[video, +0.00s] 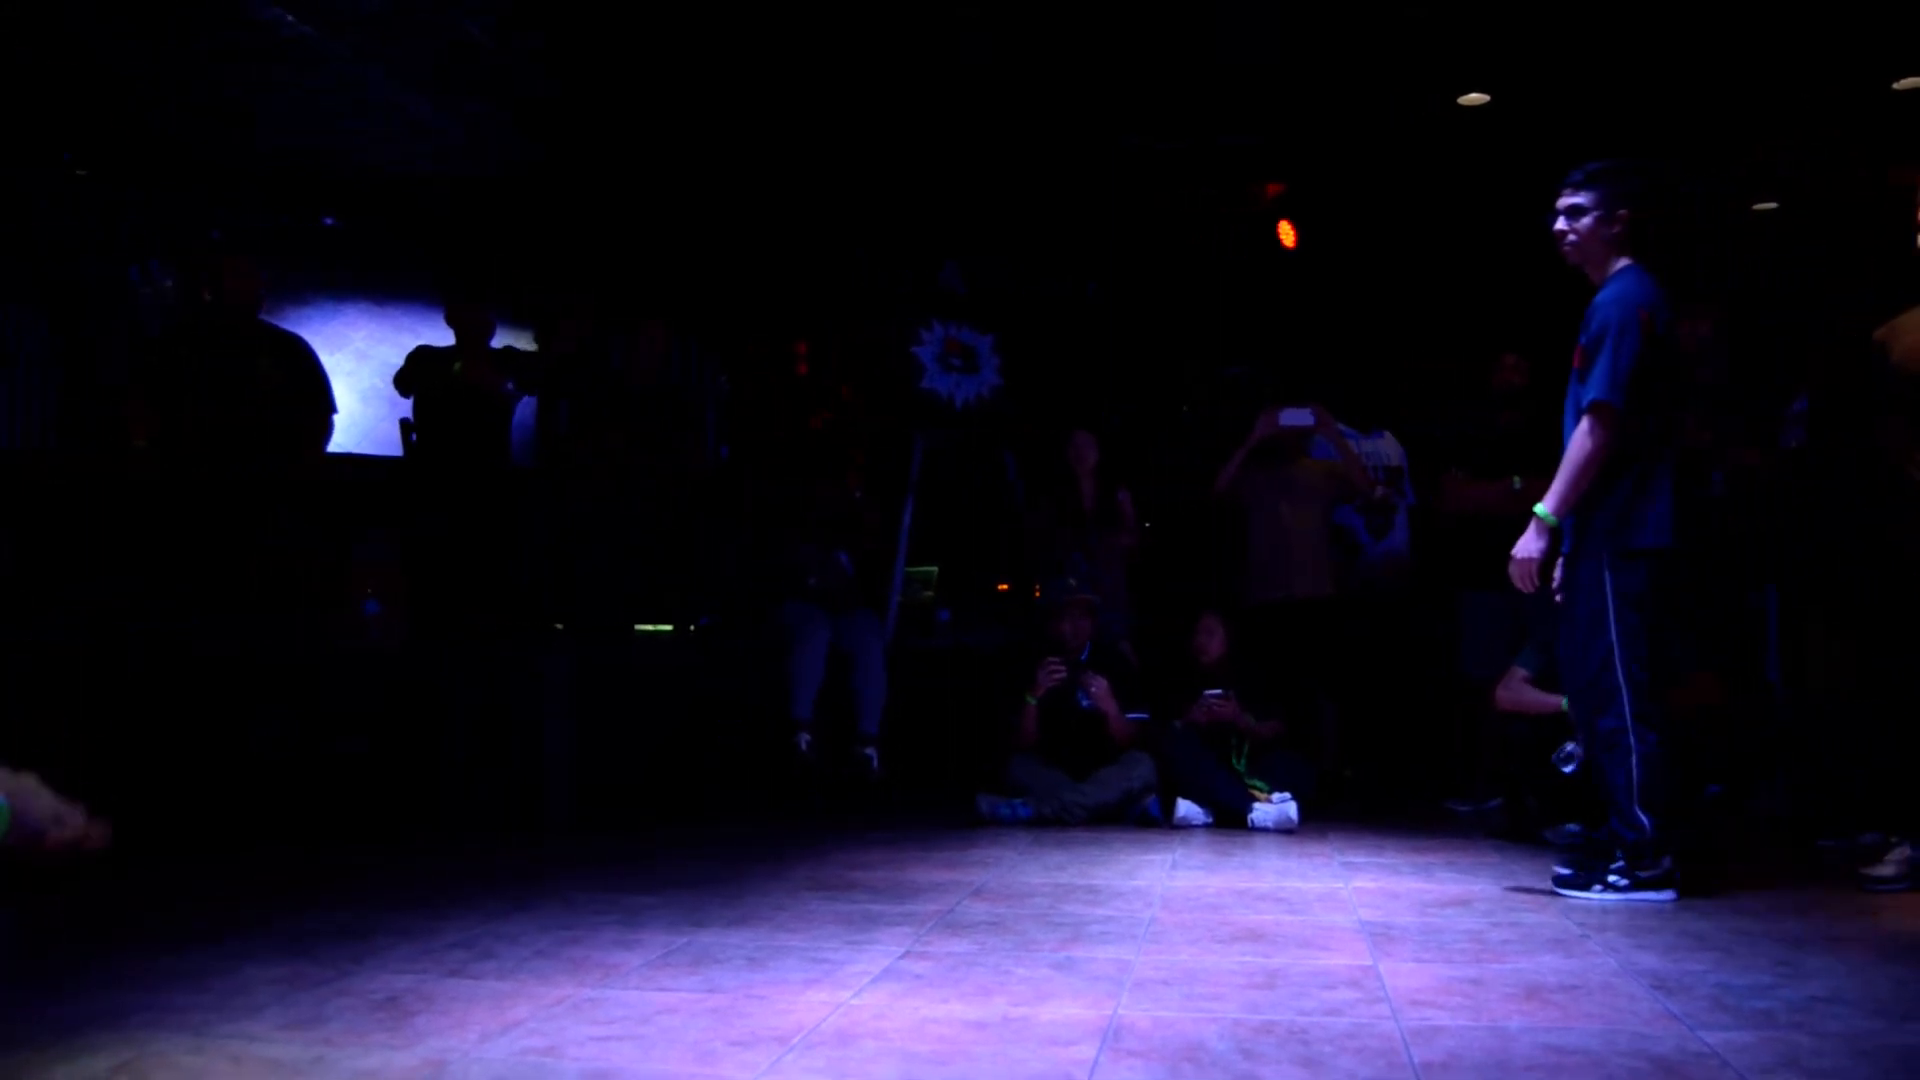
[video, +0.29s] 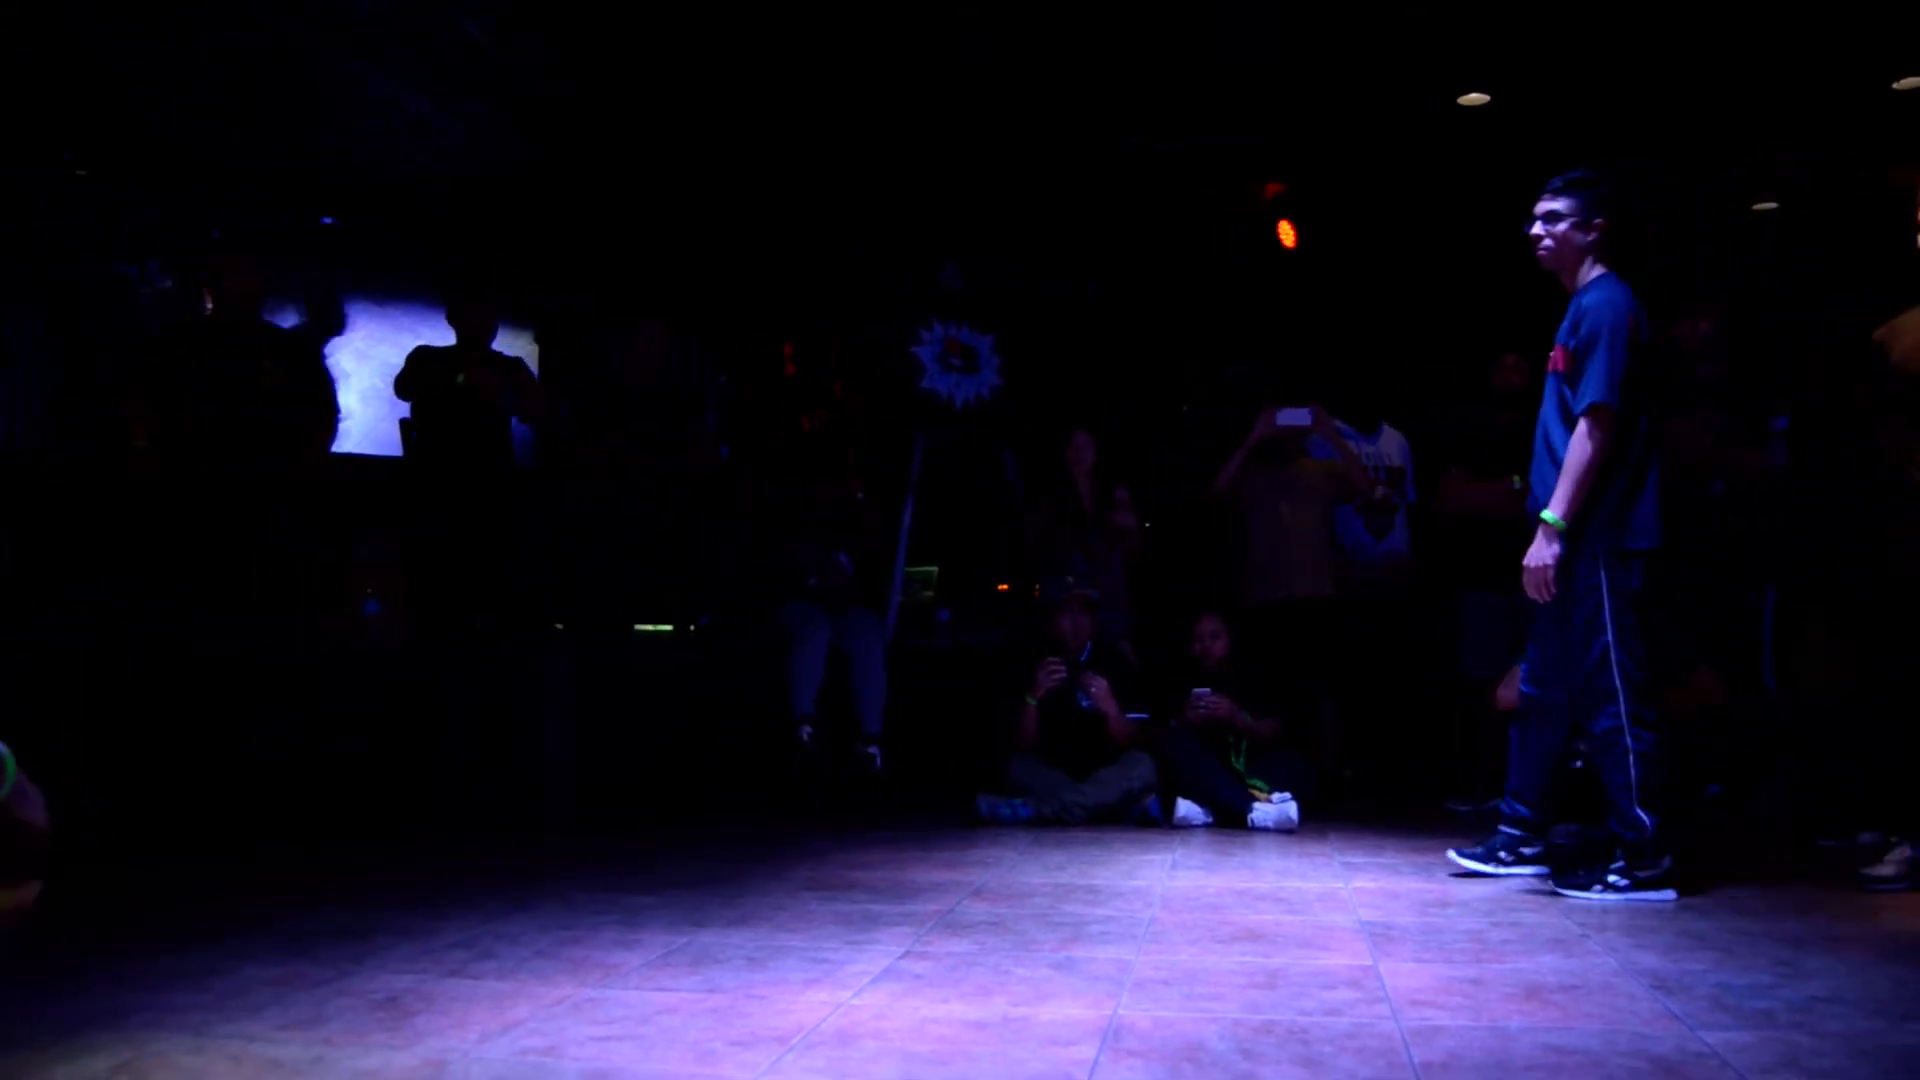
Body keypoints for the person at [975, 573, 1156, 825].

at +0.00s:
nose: (1073, 628)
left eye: (1080, 619)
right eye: (1065, 619)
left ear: (1092, 623)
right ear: (1052, 624)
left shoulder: (1110, 661)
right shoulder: (1039, 663)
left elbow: (1128, 738)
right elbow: (1024, 743)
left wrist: (1108, 705)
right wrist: (1035, 695)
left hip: (1102, 757)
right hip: (1052, 757)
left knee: (1141, 766)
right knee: (1018, 768)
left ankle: (1036, 809)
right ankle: (1121, 808)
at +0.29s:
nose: (1074, 626)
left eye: (1081, 616)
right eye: (1066, 616)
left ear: (1092, 621)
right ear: (1052, 622)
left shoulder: (1109, 661)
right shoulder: (1037, 663)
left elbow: (1129, 738)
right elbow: (1024, 743)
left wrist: (1109, 707)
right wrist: (1034, 696)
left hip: (1101, 757)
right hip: (1051, 758)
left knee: (1141, 766)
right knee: (1018, 768)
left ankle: (1036, 809)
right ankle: (1120, 808)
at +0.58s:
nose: (1072, 627)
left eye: (1078, 617)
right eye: (1063, 618)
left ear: (1089, 621)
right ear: (1051, 624)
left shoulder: (1111, 661)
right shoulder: (1037, 662)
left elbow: (1128, 738)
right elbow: (1023, 742)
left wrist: (1108, 706)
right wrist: (1035, 695)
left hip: (1102, 757)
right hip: (1051, 758)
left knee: (1141, 767)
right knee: (1017, 769)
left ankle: (1036, 810)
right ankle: (1119, 808)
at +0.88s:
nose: (1067, 628)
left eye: (1074, 619)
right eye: (1060, 620)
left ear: (1087, 623)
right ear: (1050, 625)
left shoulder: (1110, 661)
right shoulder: (1034, 663)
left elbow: (1129, 738)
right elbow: (1021, 741)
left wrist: (1108, 706)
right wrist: (1035, 695)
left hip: (1100, 755)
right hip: (1050, 756)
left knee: (1141, 767)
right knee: (1016, 769)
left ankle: (1035, 809)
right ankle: (1120, 809)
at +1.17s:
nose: (1066, 630)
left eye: (1073, 620)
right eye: (1059, 621)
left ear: (1086, 623)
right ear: (1049, 627)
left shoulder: (1110, 662)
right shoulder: (1035, 663)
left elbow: (1128, 738)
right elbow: (1021, 741)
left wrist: (1108, 706)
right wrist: (1035, 695)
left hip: (1101, 756)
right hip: (1051, 756)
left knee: (1141, 767)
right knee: (1016, 768)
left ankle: (1035, 809)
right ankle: (1119, 808)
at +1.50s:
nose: (1065, 628)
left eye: (1072, 619)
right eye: (1058, 620)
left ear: (1086, 622)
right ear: (1048, 626)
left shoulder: (1109, 661)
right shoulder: (1034, 663)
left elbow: (1129, 738)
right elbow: (1021, 741)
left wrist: (1108, 705)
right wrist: (1034, 695)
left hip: (1100, 755)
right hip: (1050, 756)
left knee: (1140, 767)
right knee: (1016, 769)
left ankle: (1035, 809)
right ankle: (1119, 809)